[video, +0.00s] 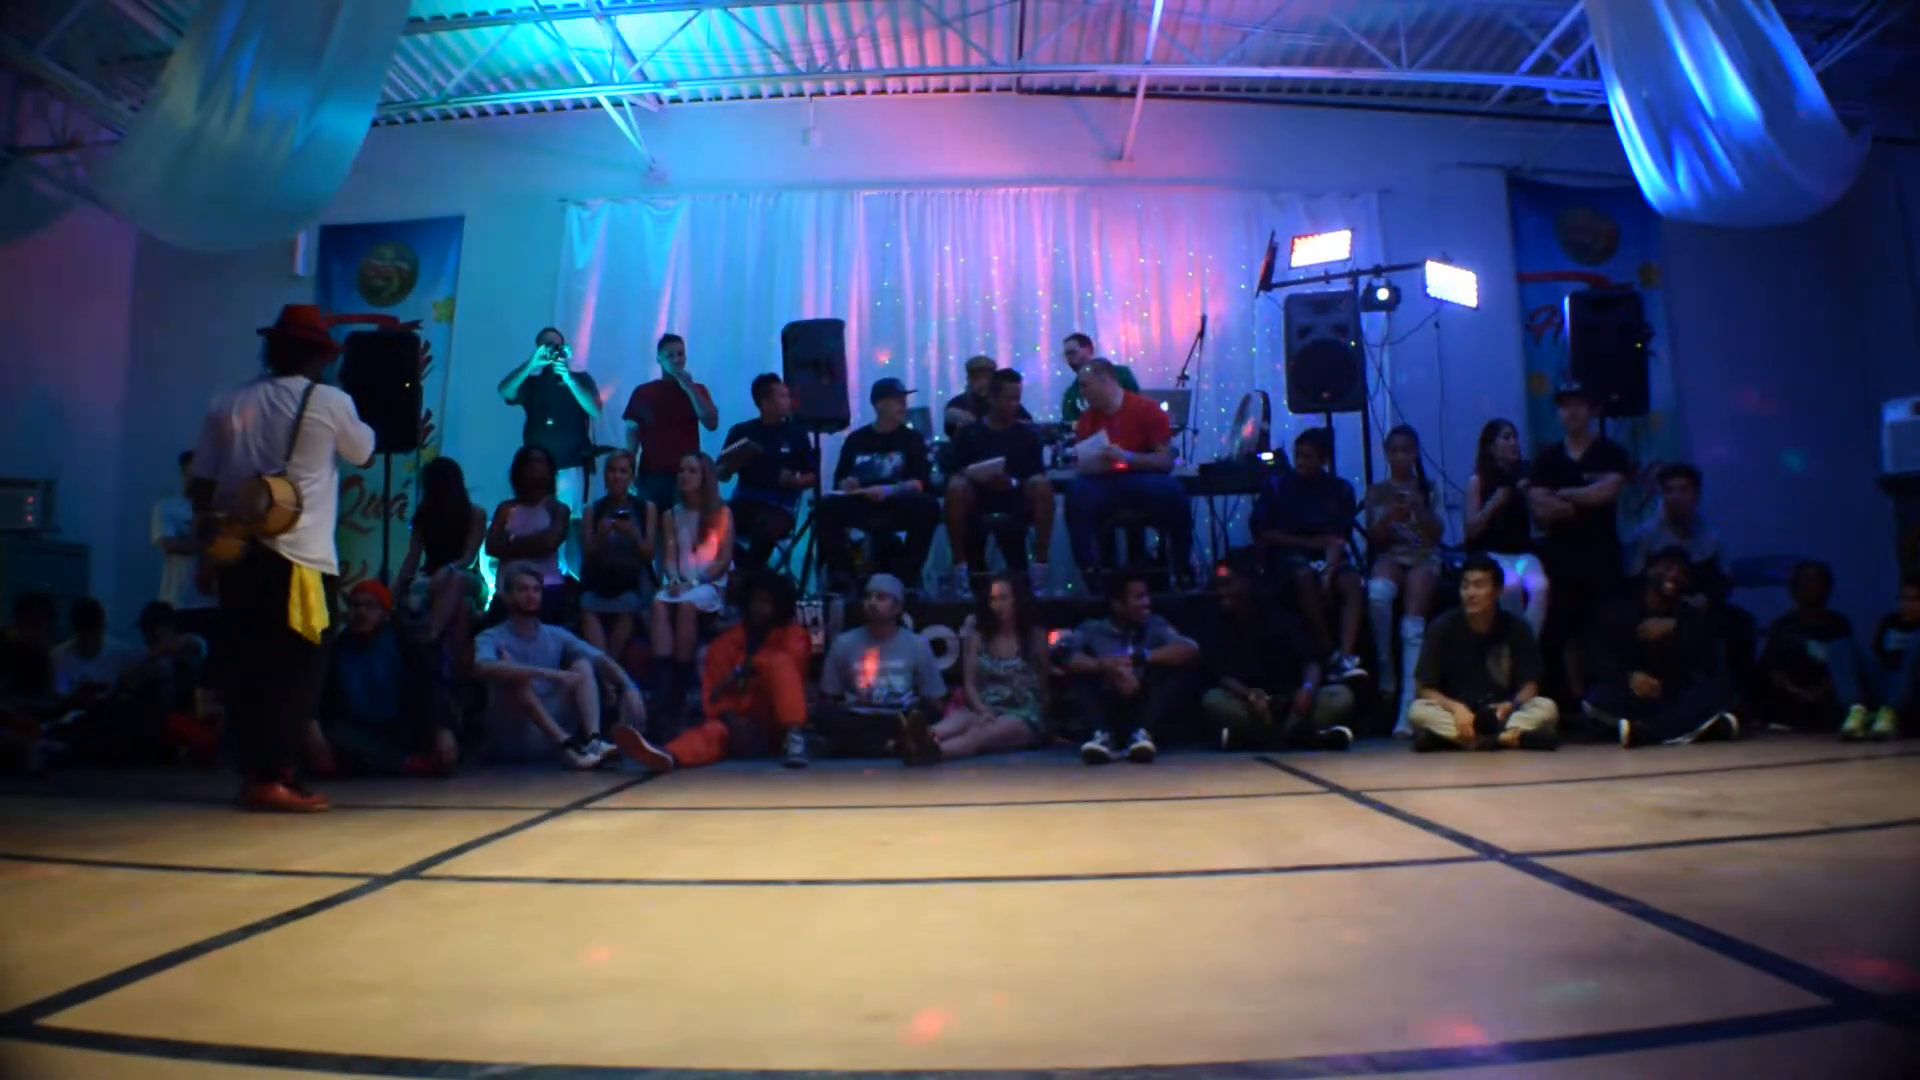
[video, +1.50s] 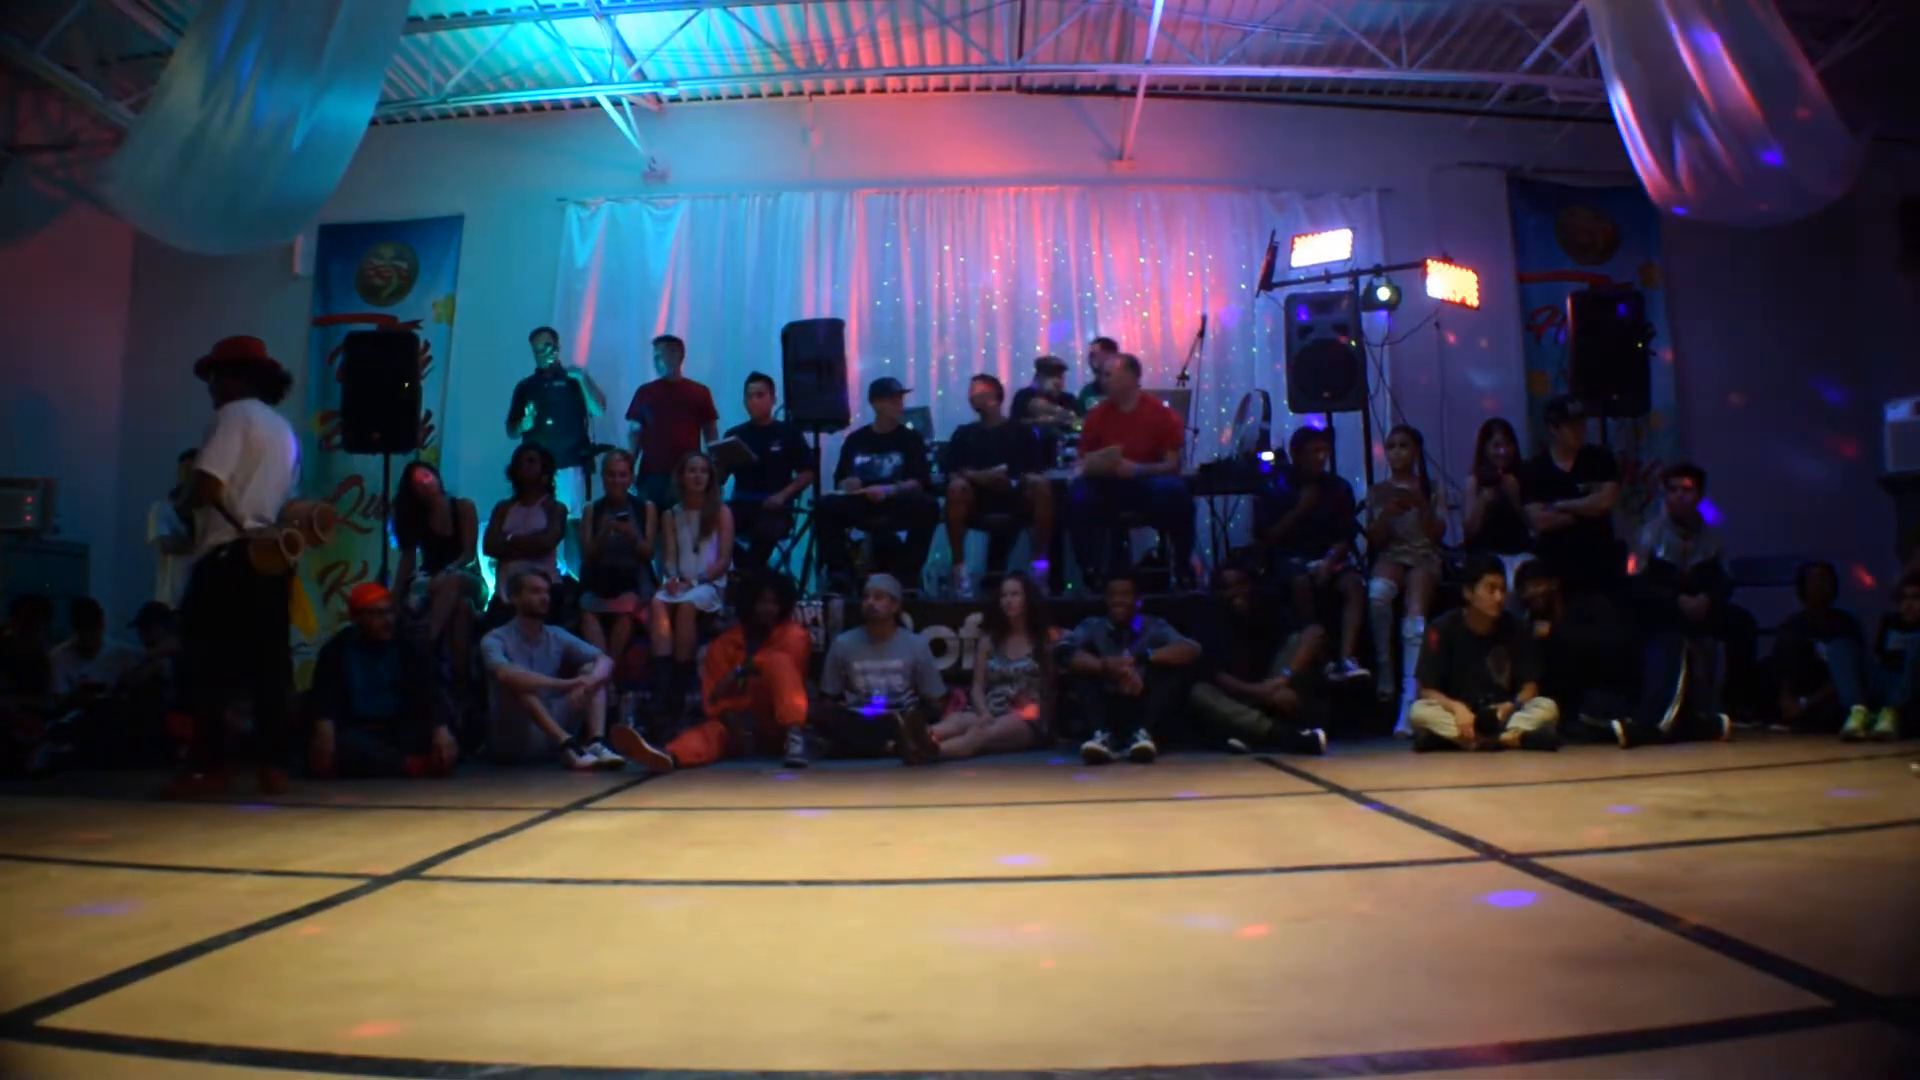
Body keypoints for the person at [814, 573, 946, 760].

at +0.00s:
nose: (872, 603)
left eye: (880, 598)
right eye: (869, 597)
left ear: (897, 607)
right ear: (863, 602)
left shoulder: (916, 645)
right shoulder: (844, 643)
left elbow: (934, 700)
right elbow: (829, 697)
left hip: (901, 714)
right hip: (858, 715)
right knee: (822, 716)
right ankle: (888, 745)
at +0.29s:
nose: (872, 604)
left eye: (881, 598)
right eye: (868, 597)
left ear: (897, 606)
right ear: (863, 602)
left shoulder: (916, 645)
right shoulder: (844, 644)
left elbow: (935, 704)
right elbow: (828, 701)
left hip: (904, 722)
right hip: (857, 723)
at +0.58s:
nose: (872, 604)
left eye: (880, 598)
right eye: (868, 597)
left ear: (897, 606)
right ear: (862, 602)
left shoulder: (917, 645)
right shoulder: (844, 644)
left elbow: (934, 702)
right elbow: (827, 699)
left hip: (904, 719)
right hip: (857, 719)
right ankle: (888, 745)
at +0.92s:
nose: (869, 604)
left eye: (878, 598)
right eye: (865, 598)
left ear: (894, 606)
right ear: (860, 602)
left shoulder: (916, 645)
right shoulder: (843, 645)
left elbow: (933, 703)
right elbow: (828, 700)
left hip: (905, 719)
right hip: (858, 721)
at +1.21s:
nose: (869, 604)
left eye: (877, 598)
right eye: (865, 598)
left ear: (894, 605)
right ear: (860, 602)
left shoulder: (915, 645)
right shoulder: (843, 645)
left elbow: (934, 704)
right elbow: (826, 700)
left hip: (903, 721)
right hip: (857, 721)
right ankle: (890, 746)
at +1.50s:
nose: (870, 603)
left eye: (878, 598)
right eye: (866, 597)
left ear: (895, 605)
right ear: (861, 601)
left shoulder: (916, 645)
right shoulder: (843, 645)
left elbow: (935, 702)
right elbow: (828, 700)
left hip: (904, 720)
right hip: (858, 723)